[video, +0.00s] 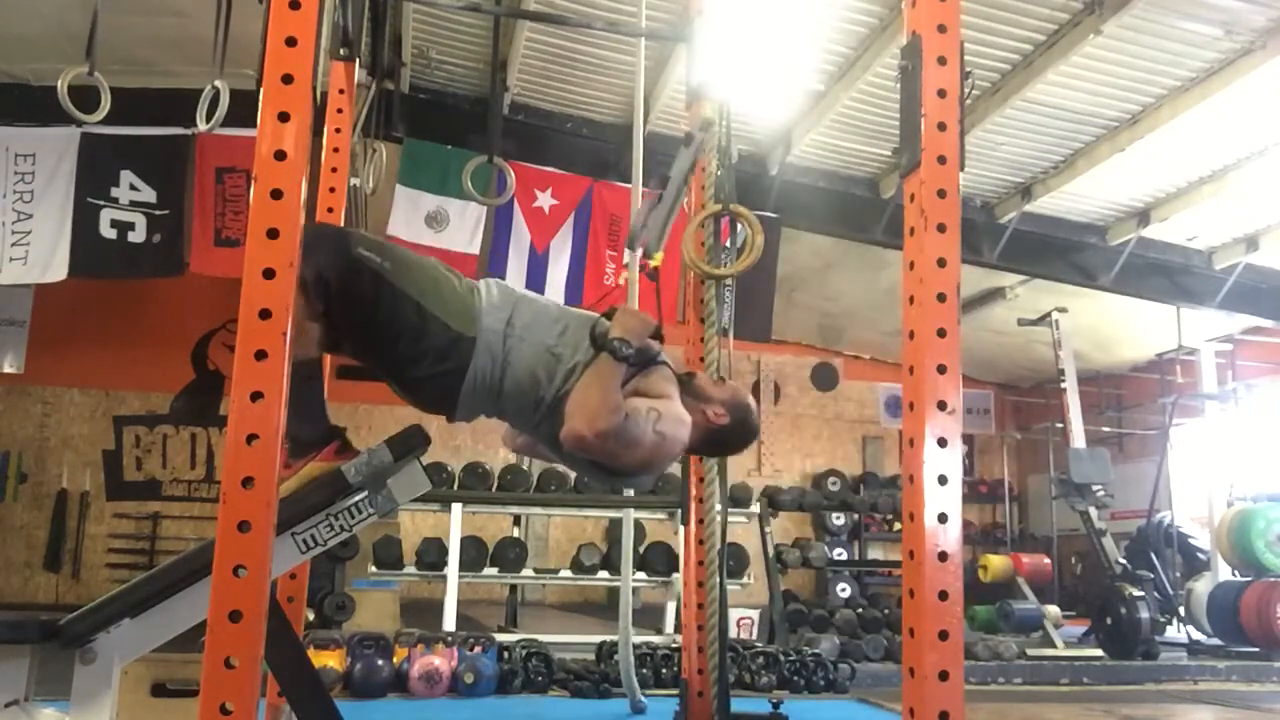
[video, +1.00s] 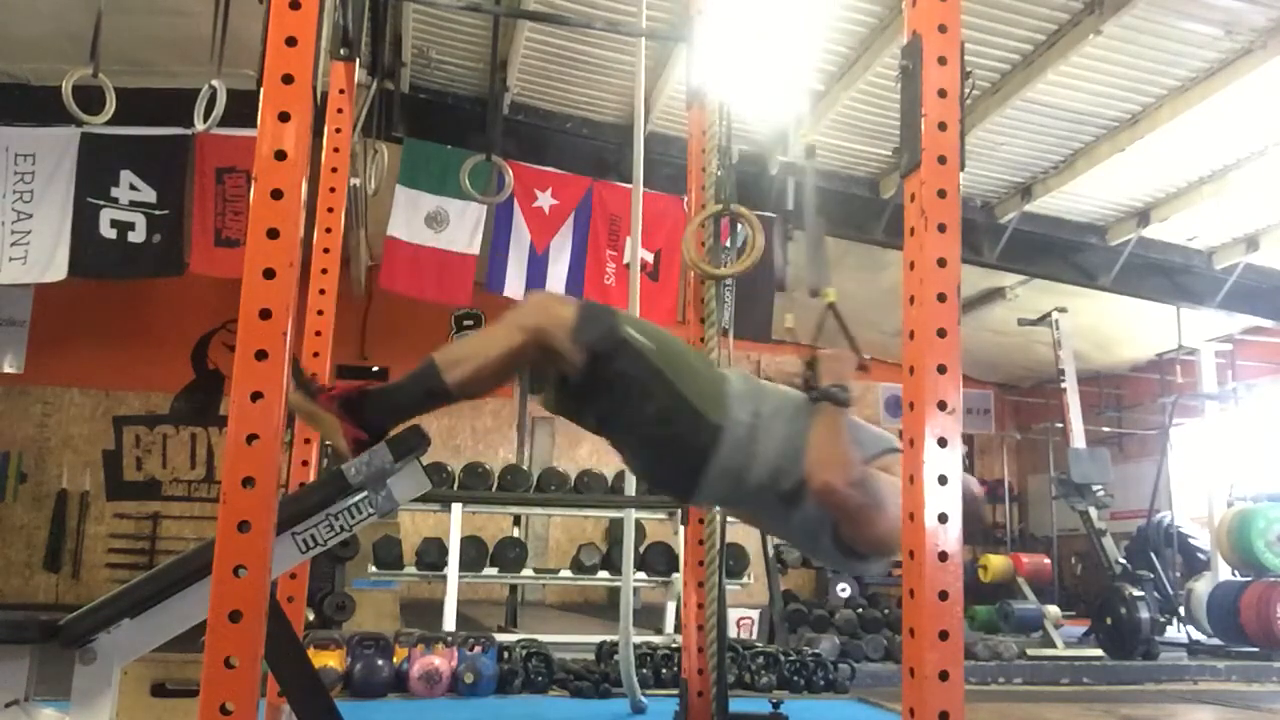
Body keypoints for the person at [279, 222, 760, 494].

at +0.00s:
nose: (718, 375)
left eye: (728, 389)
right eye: (729, 380)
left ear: (716, 418)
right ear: (713, 412)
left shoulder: (669, 428)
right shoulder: (657, 391)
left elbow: (589, 429)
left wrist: (627, 348)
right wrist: (630, 338)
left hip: (467, 344)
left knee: (317, 248)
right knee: (315, 281)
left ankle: (305, 418)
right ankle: (302, 420)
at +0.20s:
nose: (718, 372)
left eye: (728, 385)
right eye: (729, 378)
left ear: (717, 415)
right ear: (715, 415)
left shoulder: (670, 427)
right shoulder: (658, 397)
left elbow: (589, 428)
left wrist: (623, 342)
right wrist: (625, 333)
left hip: (465, 345)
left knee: (314, 249)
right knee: (315, 297)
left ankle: (299, 415)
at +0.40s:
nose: (747, 399)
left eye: (756, 411)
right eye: (758, 401)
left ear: (744, 438)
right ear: (743, 428)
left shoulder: (698, 448)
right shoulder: (689, 414)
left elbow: (616, 433)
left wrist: (648, 352)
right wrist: (655, 345)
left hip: (498, 355)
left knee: (319, 240)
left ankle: (302, 415)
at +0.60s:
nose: (802, 427)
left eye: (810, 441)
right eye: (811, 432)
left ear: (803, 464)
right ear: (801, 448)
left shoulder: (758, 470)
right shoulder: (739, 452)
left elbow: (676, 455)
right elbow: (596, 475)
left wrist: (705, 373)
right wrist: (709, 367)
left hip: (561, 367)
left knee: (396, 250)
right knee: (388, 301)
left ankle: (319, 425)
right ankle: (317, 425)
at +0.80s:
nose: (882, 454)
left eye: (890, 469)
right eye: (891, 455)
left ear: (879, 498)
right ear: (877, 460)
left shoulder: (830, 493)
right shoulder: (822, 449)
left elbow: (757, 467)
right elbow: (773, 405)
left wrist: (767, 384)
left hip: (636, 405)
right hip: (641, 376)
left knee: (478, 277)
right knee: (469, 300)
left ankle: (344, 413)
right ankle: (347, 405)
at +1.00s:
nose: (927, 486)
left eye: (933, 502)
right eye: (939, 493)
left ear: (926, 534)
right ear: (934, 511)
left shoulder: (887, 535)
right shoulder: (879, 482)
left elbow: (831, 478)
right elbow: (847, 435)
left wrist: (833, 392)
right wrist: (851, 386)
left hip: (703, 434)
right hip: (702, 400)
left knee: (546, 315)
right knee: (537, 320)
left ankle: (368, 410)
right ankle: (378, 405)